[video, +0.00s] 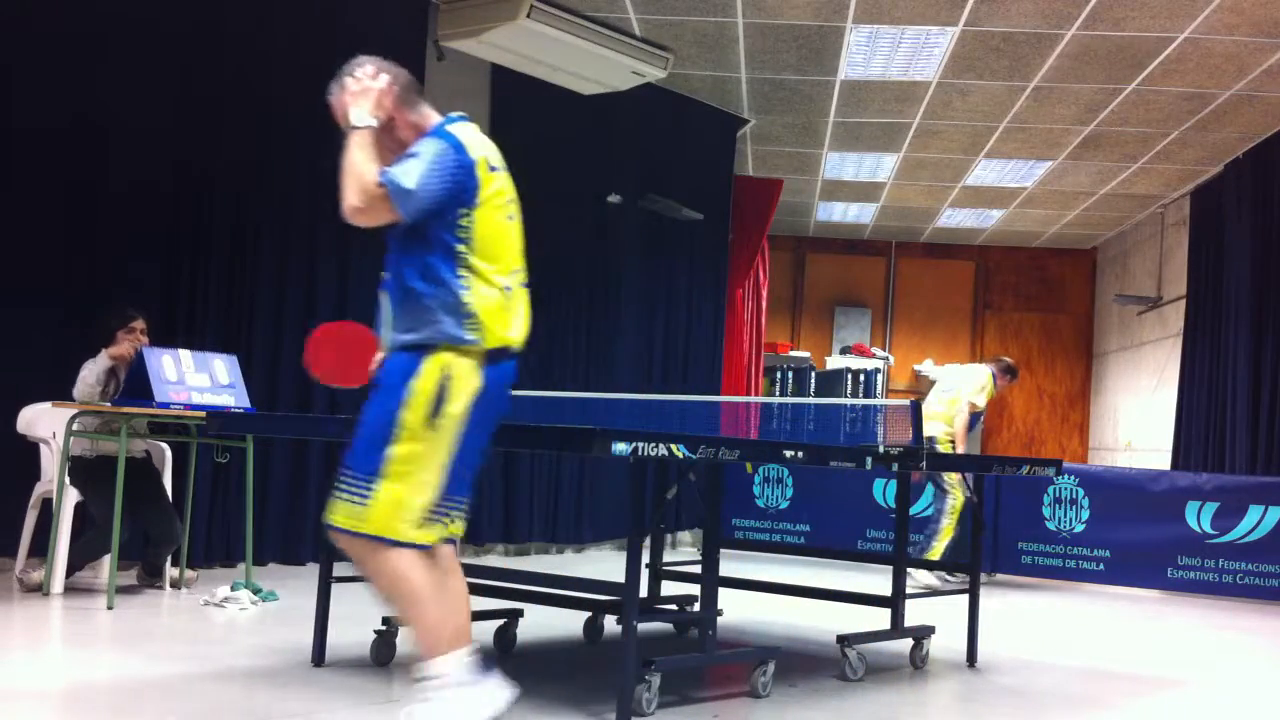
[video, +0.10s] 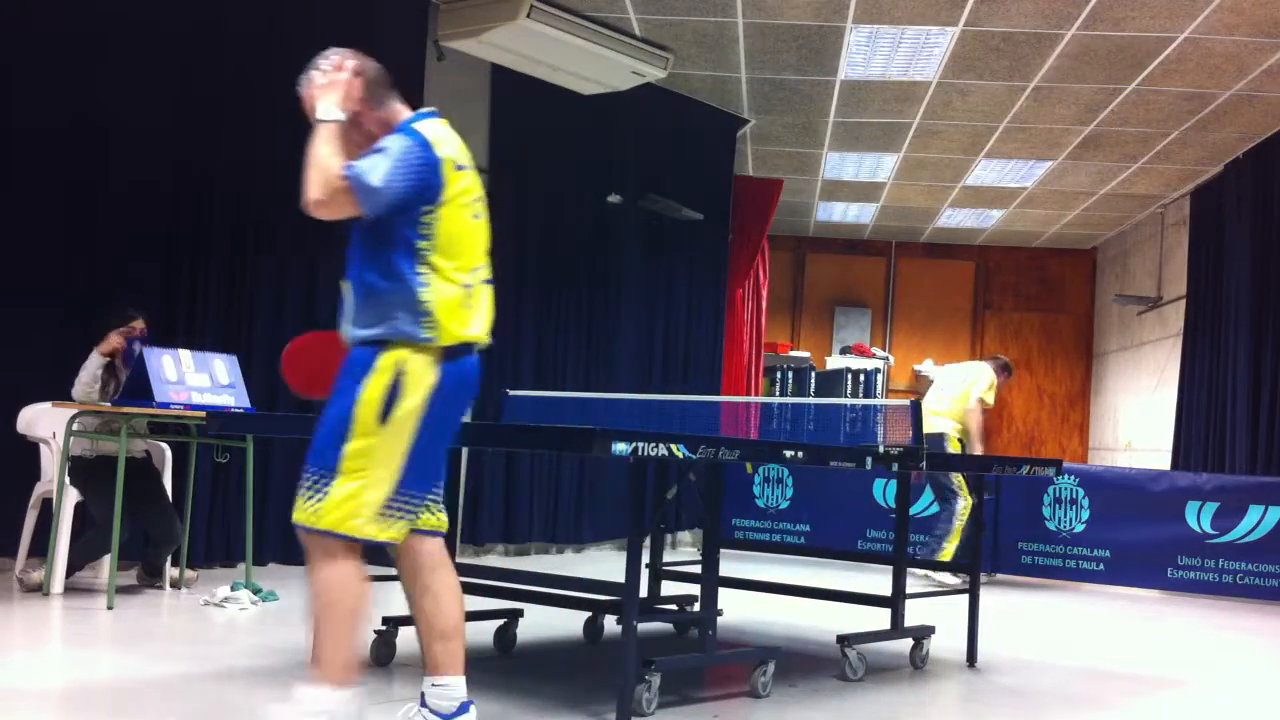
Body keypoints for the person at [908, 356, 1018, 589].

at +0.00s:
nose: (1002, 388)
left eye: (1005, 385)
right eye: (1006, 384)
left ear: (991, 364)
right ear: (1003, 375)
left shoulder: (959, 369)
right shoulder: (984, 377)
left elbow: (931, 370)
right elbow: (962, 411)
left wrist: (926, 366)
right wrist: (960, 453)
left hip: (924, 433)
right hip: (939, 436)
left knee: (955, 497)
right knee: (956, 496)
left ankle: (938, 564)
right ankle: (927, 563)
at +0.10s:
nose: (999, 385)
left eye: (1002, 382)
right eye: (1002, 381)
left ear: (985, 360)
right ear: (1001, 372)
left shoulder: (952, 368)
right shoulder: (987, 373)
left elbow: (926, 404)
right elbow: (972, 407)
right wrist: (976, 447)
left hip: (922, 436)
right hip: (943, 436)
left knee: (949, 501)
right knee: (962, 499)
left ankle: (927, 561)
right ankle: (940, 564)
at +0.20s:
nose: (996, 383)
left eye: (997, 380)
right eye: (997, 379)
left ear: (980, 359)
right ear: (995, 370)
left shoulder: (949, 367)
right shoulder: (986, 369)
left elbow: (926, 402)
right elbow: (982, 407)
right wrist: (992, 446)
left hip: (923, 433)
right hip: (946, 432)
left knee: (940, 498)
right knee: (959, 498)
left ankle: (940, 561)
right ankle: (949, 564)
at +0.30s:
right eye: (991, 380)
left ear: (968, 364)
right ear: (988, 371)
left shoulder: (939, 370)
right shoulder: (984, 374)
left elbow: (915, 406)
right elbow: (987, 413)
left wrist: (899, 456)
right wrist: (997, 448)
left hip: (921, 437)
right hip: (949, 438)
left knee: (935, 501)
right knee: (959, 504)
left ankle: (941, 562)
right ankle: (948, 567)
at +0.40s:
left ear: (948, 368)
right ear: (971, 372)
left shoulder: (930, 376)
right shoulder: (977, 381)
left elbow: (912, 406)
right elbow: (987, 419)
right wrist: (997, 461)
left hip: (914, 443)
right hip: (946, 443)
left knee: (913, 506)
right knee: (959, 510)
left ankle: (909, 563)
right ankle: (949, 568)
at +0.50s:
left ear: (937, 377)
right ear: (964, 379)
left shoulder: (919, 388)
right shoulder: (968, 391)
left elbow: (896, 430)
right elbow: (979, 429)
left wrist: (883, 474)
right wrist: (987, 472)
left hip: (903, 444)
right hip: (938, 446)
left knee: (894, 499)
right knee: (960, 508)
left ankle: (879, 555)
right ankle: (950, 568)